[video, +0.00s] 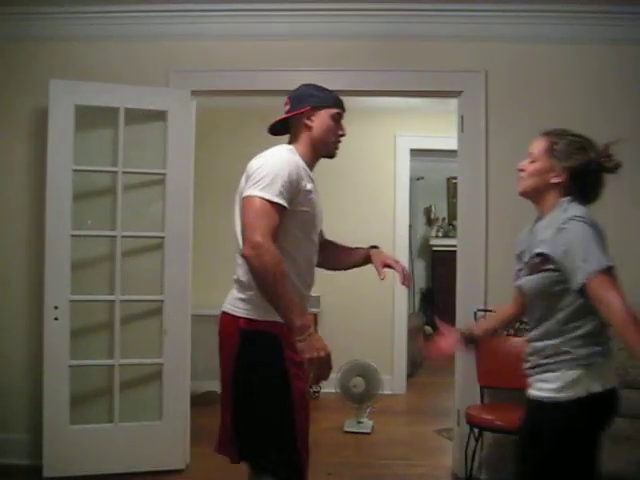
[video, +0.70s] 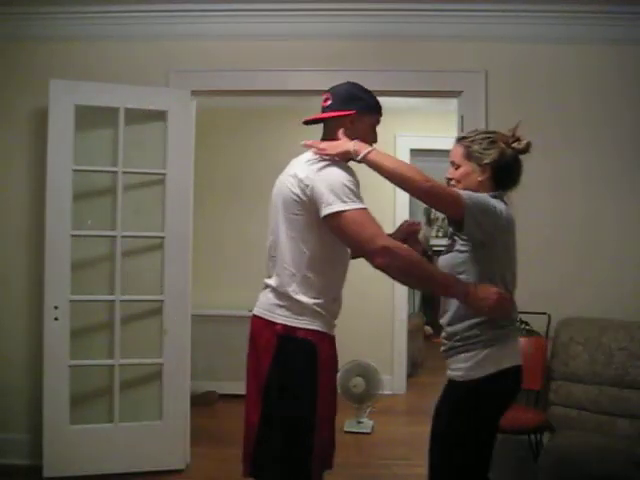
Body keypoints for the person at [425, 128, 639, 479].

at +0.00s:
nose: (520, 165)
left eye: (531, 159)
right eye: (525, 157)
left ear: (557, 175)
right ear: (553, 175)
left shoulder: (572, 227)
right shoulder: (535, 231)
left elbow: (613, 306)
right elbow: (518, 304)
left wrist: (639, 355)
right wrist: (468, 334)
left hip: (573, 395)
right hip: (549, 393)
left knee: (542, 474)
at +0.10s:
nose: (505, 167)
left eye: (515, 160)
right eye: (509, 158)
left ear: (541, 172)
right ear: (536, 172)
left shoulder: (551, 220)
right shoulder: (522, 225)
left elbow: (576, 292)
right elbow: (505, 297)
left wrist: (599, 359)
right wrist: (446, 306)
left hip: (552, 386)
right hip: (530, 385)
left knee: (527, 474)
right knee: (520, 473)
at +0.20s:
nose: (493, 171)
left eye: (501, 162)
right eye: (495, 162)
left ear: (529, 169)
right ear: (526, 171)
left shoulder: (539, 213)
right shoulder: (519, 219)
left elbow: (525, 270)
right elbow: (495, 290)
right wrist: (438, 289)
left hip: (539, 382)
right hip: (519, 380)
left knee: (491, 472)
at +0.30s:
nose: (481, 173)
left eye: (488, 164)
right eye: (483, 164)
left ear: (516, 169)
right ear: (513, 169)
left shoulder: (531, 213)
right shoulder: (506, 222)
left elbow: (493, 225)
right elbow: (492, 292)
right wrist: (439, 279)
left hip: (528, 382)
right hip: (506, 379)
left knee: (484, 474)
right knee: (474, 471)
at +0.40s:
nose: (472, 175)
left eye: (478, 166)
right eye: (473, 166)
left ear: (506, 169)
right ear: (504, 169)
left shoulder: (521, 214)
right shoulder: (499, 222)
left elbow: (459, 201)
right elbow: (481, 287)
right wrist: (436, 271)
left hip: (511, 379)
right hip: (492, 375)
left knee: (477, 473)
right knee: (480, 472)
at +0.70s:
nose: (448, 174)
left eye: (457, 166)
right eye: (450, 166)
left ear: (484, 172)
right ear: (479, 171)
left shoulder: (493, 213)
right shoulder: (476, 217)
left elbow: (423, 186)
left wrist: (356, 148)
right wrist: (417, 254)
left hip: (485, 371)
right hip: (471, 368)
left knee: (452, 469)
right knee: (452, 468)